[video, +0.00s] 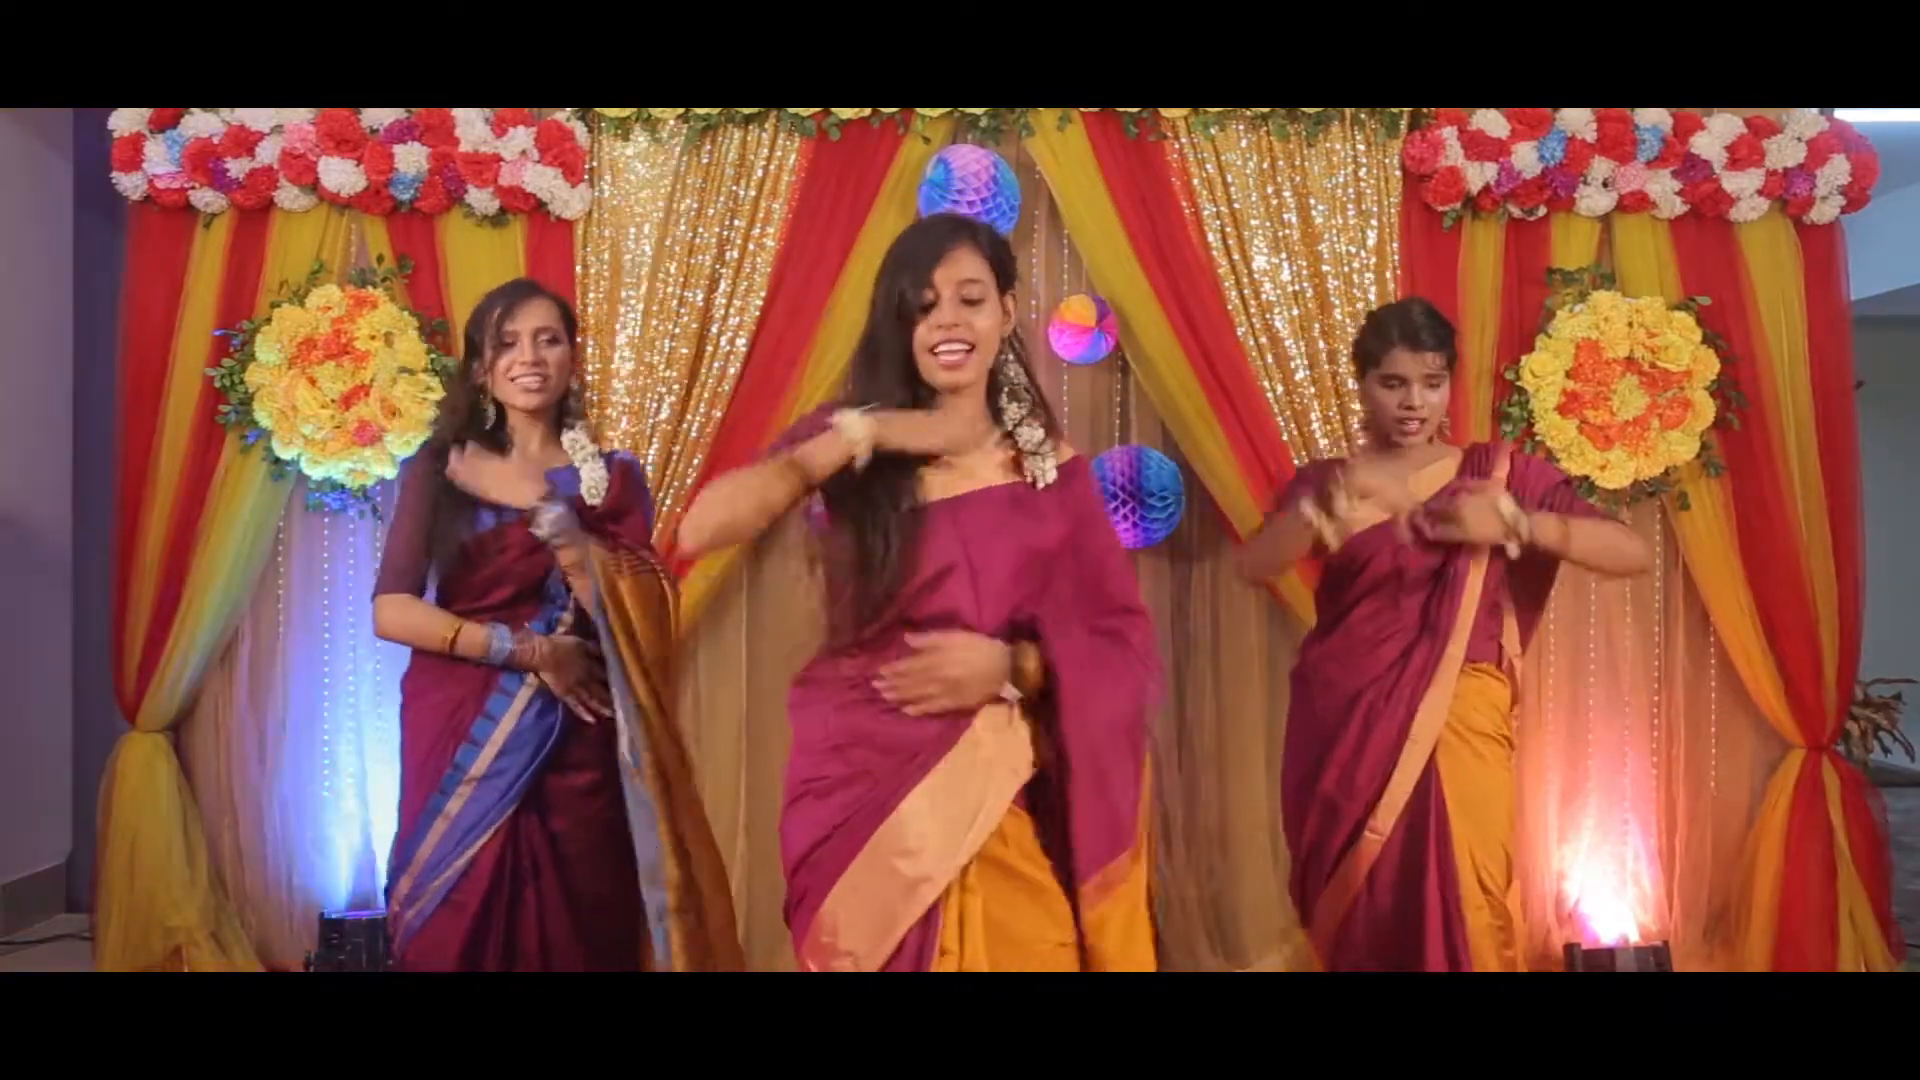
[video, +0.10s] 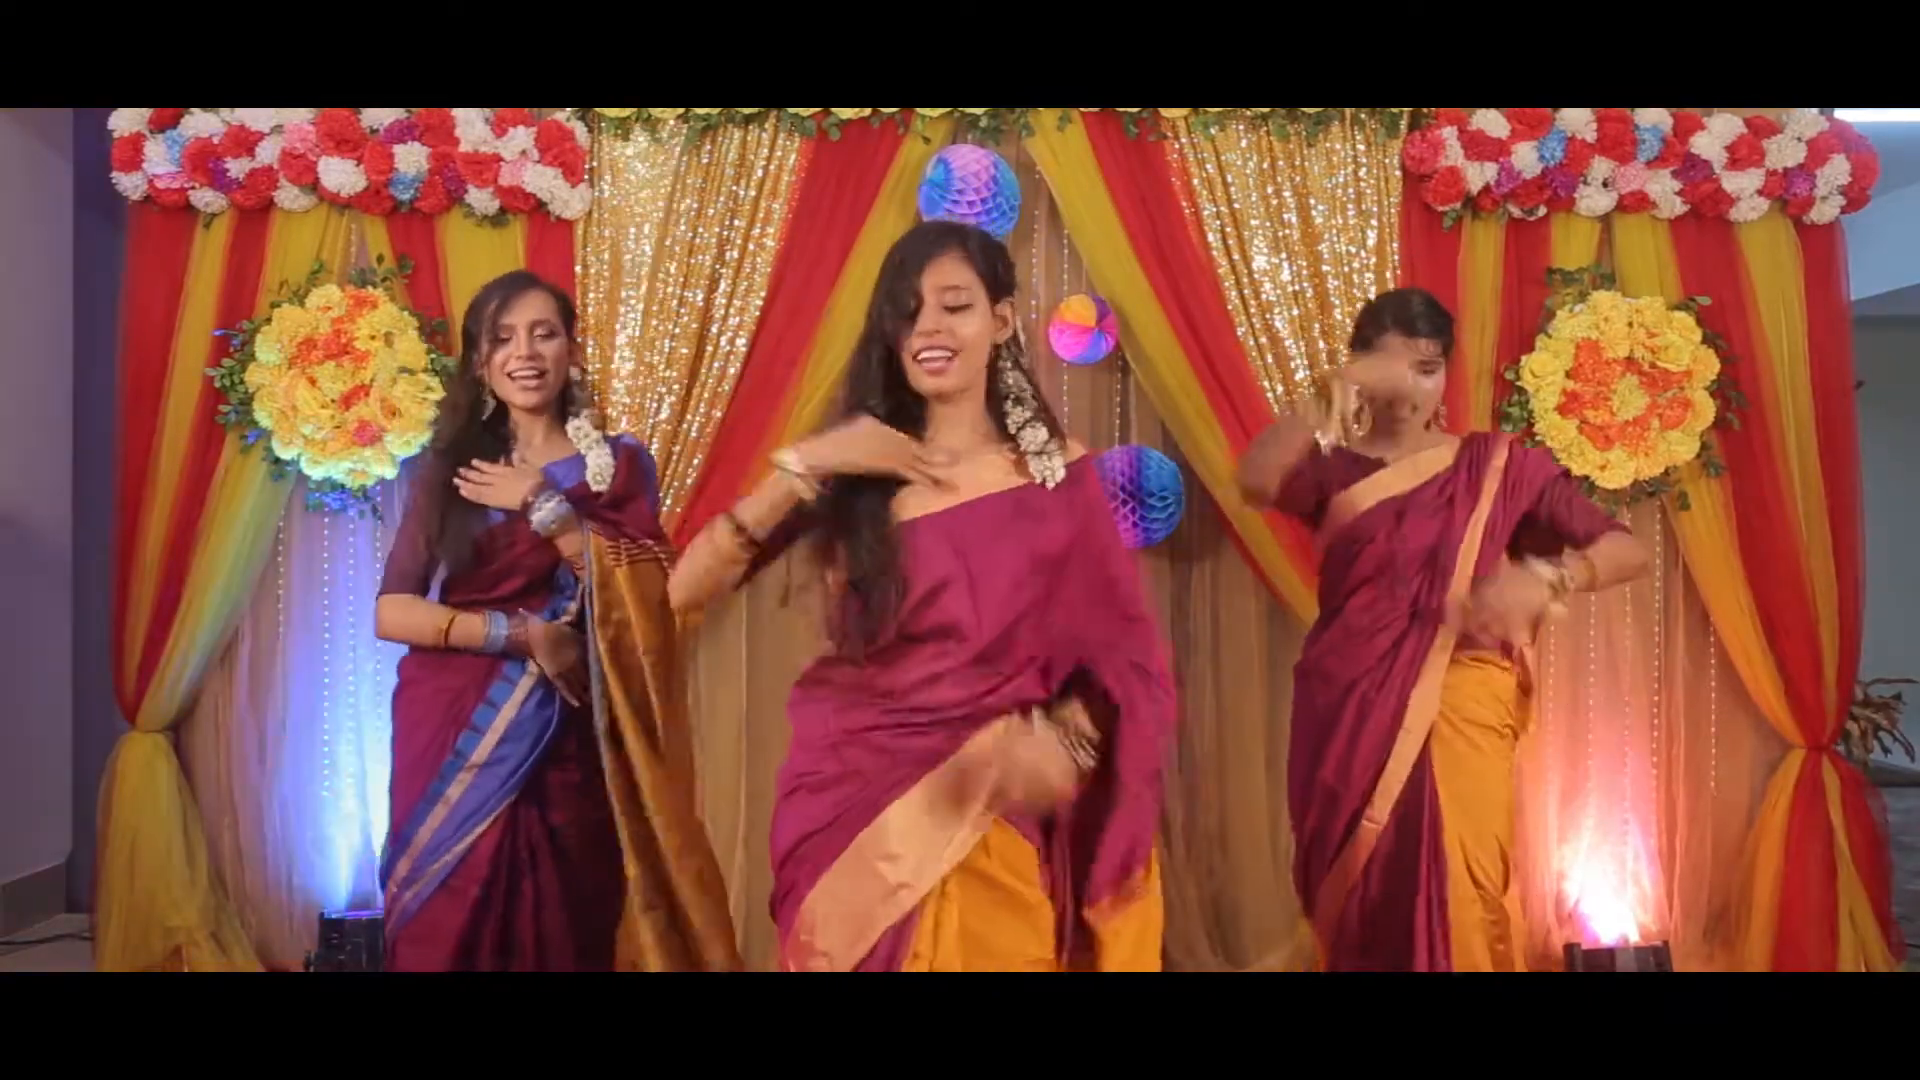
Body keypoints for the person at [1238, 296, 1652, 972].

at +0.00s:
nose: (1414, 402)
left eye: (1431, 382)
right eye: (1394, 383)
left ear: (1451, 383)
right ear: (1362, 387)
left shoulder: (1501, 471)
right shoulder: (1322, 483)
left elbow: (1632, 553)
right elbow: (1250, 566)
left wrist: (1517, 523)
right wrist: (1311, 517)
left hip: (1463, 716)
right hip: (1348, 720)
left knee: (1464, 907)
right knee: (1356, 912)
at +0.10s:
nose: (1402, 386)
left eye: (1425, 368)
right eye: (1386, 364)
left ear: (1446, 375)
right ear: (1351, 370)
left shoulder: (1498, 461)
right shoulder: (1332, 469)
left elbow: (1627, 550)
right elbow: (1256, 481)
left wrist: (1542, 578)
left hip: (1461, 691)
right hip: (1347, 694)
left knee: (1455, 888)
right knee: (1347, 888)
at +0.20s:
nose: (1401, 348)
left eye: (1420, 330)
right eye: (1381, 328)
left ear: (1443, 344)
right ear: (1353, 341)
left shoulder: (1494, 439)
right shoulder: (1327, 445)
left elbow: (1605, 529)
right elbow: (1259, 375)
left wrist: (1576, 617)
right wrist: (1332, 289)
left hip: (1479, 699)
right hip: (1362, 706)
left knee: (1471, 917)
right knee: (1370, 915)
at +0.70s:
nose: (1419, 337)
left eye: (1437, 321)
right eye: (1398, 321)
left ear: (1458, 338)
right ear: (1361, 340)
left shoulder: (1508, 444)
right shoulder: (1337, 444)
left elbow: (1541, 594)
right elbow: (1258, 465)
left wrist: (1593, 718)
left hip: (1497, 707)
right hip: (1376, 712)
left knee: (1494, 918)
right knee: (1388, 917)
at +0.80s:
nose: (1421, 366)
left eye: (1440, 348)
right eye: (1402, 347)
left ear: (1464, 364)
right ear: (1372, 359)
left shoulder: (1516, 467)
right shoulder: (1333, 468)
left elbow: (1543, 624)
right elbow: (1285, 586)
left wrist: (1581, 758)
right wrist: (1353, 526)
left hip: (1488, 731)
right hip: (1369, 733)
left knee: (1480, 929)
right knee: (1378, 931)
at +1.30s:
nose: (1354, 406)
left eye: (1384, 397)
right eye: (1348, 391)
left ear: (1419, 434)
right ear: (1333, 409)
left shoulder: (1437, 533)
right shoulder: (1331, 538)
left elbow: (1519, 681)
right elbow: (1308, 693)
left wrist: (1590, 810)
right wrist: (1301, 597)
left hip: (1483, 806)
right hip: (1385, 804)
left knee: (1423, 952)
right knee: (1337, 948)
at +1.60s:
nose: (1366, 386)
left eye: (1388, 368)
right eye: (1352, 367)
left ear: (1430, 383)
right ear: (1336, 377)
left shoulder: (1472, 467)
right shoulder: (1334, 492)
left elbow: (1524, 617)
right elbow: (1263, 603)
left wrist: (1571, 758)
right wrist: (1279, 509)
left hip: (1479, 744)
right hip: (1382, 753)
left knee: (1477, 942)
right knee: (1386, 942)